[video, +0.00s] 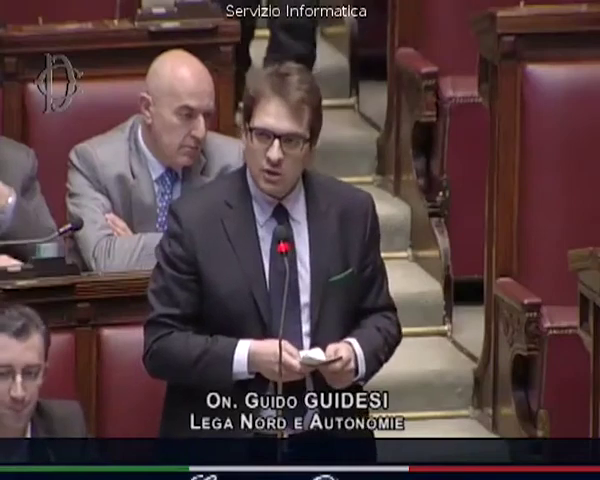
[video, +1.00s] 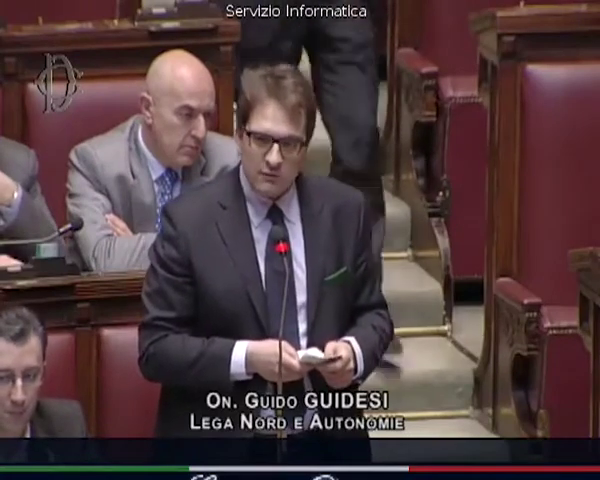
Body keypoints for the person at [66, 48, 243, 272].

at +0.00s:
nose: (200, 132)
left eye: (207, 115)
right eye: (186, 115)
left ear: (212, 109)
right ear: (147, 108)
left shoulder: (234, 158)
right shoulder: (92, 161)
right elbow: (104, 259)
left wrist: (138, 251)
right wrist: (202, 245)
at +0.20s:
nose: (200, 132)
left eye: (207, 115)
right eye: (186, 115)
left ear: (212, 109)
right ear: (147, 108)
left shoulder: (233, 158)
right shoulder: (92, 161)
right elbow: (105, 259)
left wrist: (138, 252)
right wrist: (202, 244)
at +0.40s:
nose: (200, 132)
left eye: (207, 115)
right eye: (186, 115)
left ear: (212, 109)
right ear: (147, 109)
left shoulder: (233, 158)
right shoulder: (92, 161)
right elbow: (104, 258)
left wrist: (138, 251)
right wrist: (201, 244)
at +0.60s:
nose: (200, 132)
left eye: (207, 115)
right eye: (186, 115)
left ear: (213, 109)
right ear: (147, 109)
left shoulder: (232, 157)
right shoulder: (92, 161)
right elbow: (105, 259)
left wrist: (138, 251)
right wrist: (201, 244)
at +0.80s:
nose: (200, 132)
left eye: (207, 115)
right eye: (186, 115)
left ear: (213, 109)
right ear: (147, 109)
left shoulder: (232, 158)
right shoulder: (92, 161)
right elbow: (105, 259)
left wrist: (138, 251)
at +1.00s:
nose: (200, 132)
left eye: (207, 115)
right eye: (186, 114)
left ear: (213, 109)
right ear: (147, 108)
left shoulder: (229, 157)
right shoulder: (92, 161)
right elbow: (104, 259)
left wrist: (138, 251)